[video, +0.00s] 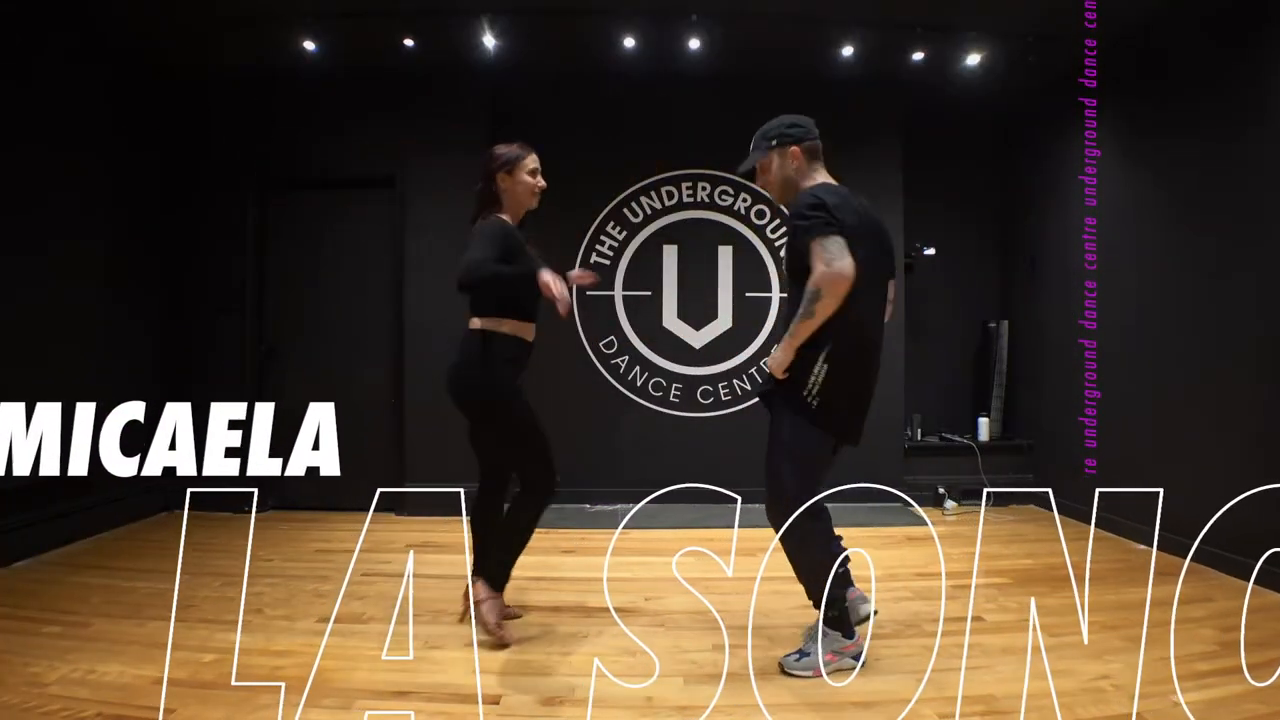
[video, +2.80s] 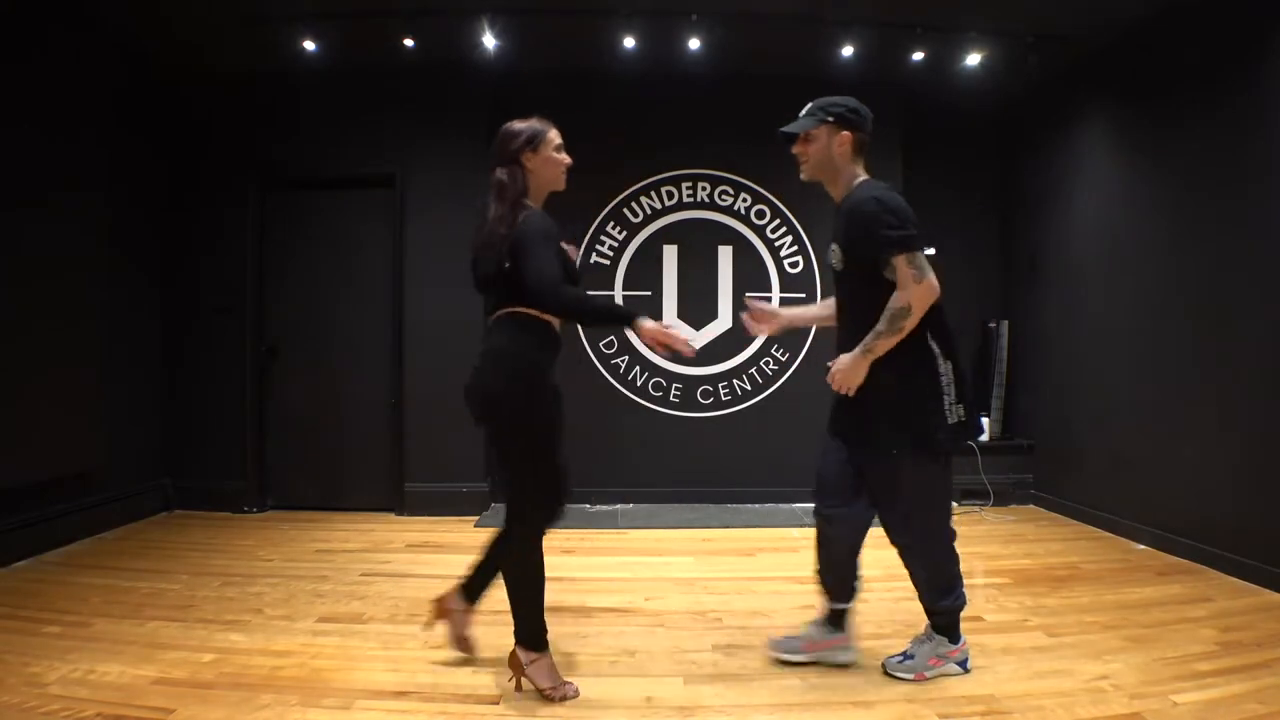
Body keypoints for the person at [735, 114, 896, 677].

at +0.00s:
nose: (761, 181)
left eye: (764, 168)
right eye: (759, 171)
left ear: (793, 154)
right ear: (803, 157)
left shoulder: (812, 204)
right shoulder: (863, 210)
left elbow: (836, 270)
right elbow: (885, 305)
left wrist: (788, 344)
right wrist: (829, 343)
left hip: (814, 384)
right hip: (844, 386)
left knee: (789, 502)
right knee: (795, 495)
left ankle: (837, 634)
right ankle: (845, 594)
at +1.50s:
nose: (774, 167)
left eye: (783, 156)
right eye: (774, 158)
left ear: (818, 157)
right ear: (813, 160)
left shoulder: (862, 214)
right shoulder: (833, 226)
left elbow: (928, 276)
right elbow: (845, 298)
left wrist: (859, 340)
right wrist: (795, 279)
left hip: (865, 400)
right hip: (847, 397)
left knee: (818, 515)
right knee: (841, 509)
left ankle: (853, 638)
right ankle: (932, 586)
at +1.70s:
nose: (794, 166)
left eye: (803, 155)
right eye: (794, 157)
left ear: (838, 158)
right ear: (828, 162)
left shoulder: (887, 216)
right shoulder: (840, 233)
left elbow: (966, 264)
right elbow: (853, 316)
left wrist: (889, 304)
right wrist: (792, 312)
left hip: (883, 405)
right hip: (863, 403)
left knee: (827, 517)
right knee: (899, 509)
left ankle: (853, 638)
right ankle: (961, 608)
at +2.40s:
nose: (843, 182)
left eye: (851, 169)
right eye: (840, 173)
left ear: (887, 163)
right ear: (870, 172)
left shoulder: (951, 220)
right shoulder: (876, 247)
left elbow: (1018, 284)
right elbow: (889, 312)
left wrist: (938, 272)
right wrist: (870, 358)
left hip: (947, 400)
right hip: (911, 402)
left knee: (873, 503)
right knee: (949, 502)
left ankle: (922, 623)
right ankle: (999, 606)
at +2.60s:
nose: (830, 162)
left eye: (839, 150)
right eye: (829, 153)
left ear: (875, 151)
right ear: (862, 156)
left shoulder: (925, 213)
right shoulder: (869, 231)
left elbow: (936, 305)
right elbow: (885, 316)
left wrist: (857, 296)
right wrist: (856, 374)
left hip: (935, 389)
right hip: (892, 390)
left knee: (924, 509)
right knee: (892, 503)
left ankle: (945, 639)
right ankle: (969, 583)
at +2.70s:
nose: (818, 154)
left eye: (829, 143)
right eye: (818, 145)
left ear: (865, 144)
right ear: (853, 149)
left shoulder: (904, 207)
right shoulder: (868, 219)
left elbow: (920, 301)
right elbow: (876, 311)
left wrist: (841, 343)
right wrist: (827, 350)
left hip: (929, 392)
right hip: (886, 391)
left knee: (927, 509)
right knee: (861, 496)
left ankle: (946, 640)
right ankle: (931, 588)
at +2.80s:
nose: (796, 148)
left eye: (806, 138)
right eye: (797, 139)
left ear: (842, 139)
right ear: (834, 143)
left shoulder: (874, 205)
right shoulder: (851, 212)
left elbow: (921, 286)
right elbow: (857, 304)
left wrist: (864, 355)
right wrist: (784, 315)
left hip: (908, 392)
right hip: (866, 389)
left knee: (917, 514)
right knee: (837, 503)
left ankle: (946, 639)